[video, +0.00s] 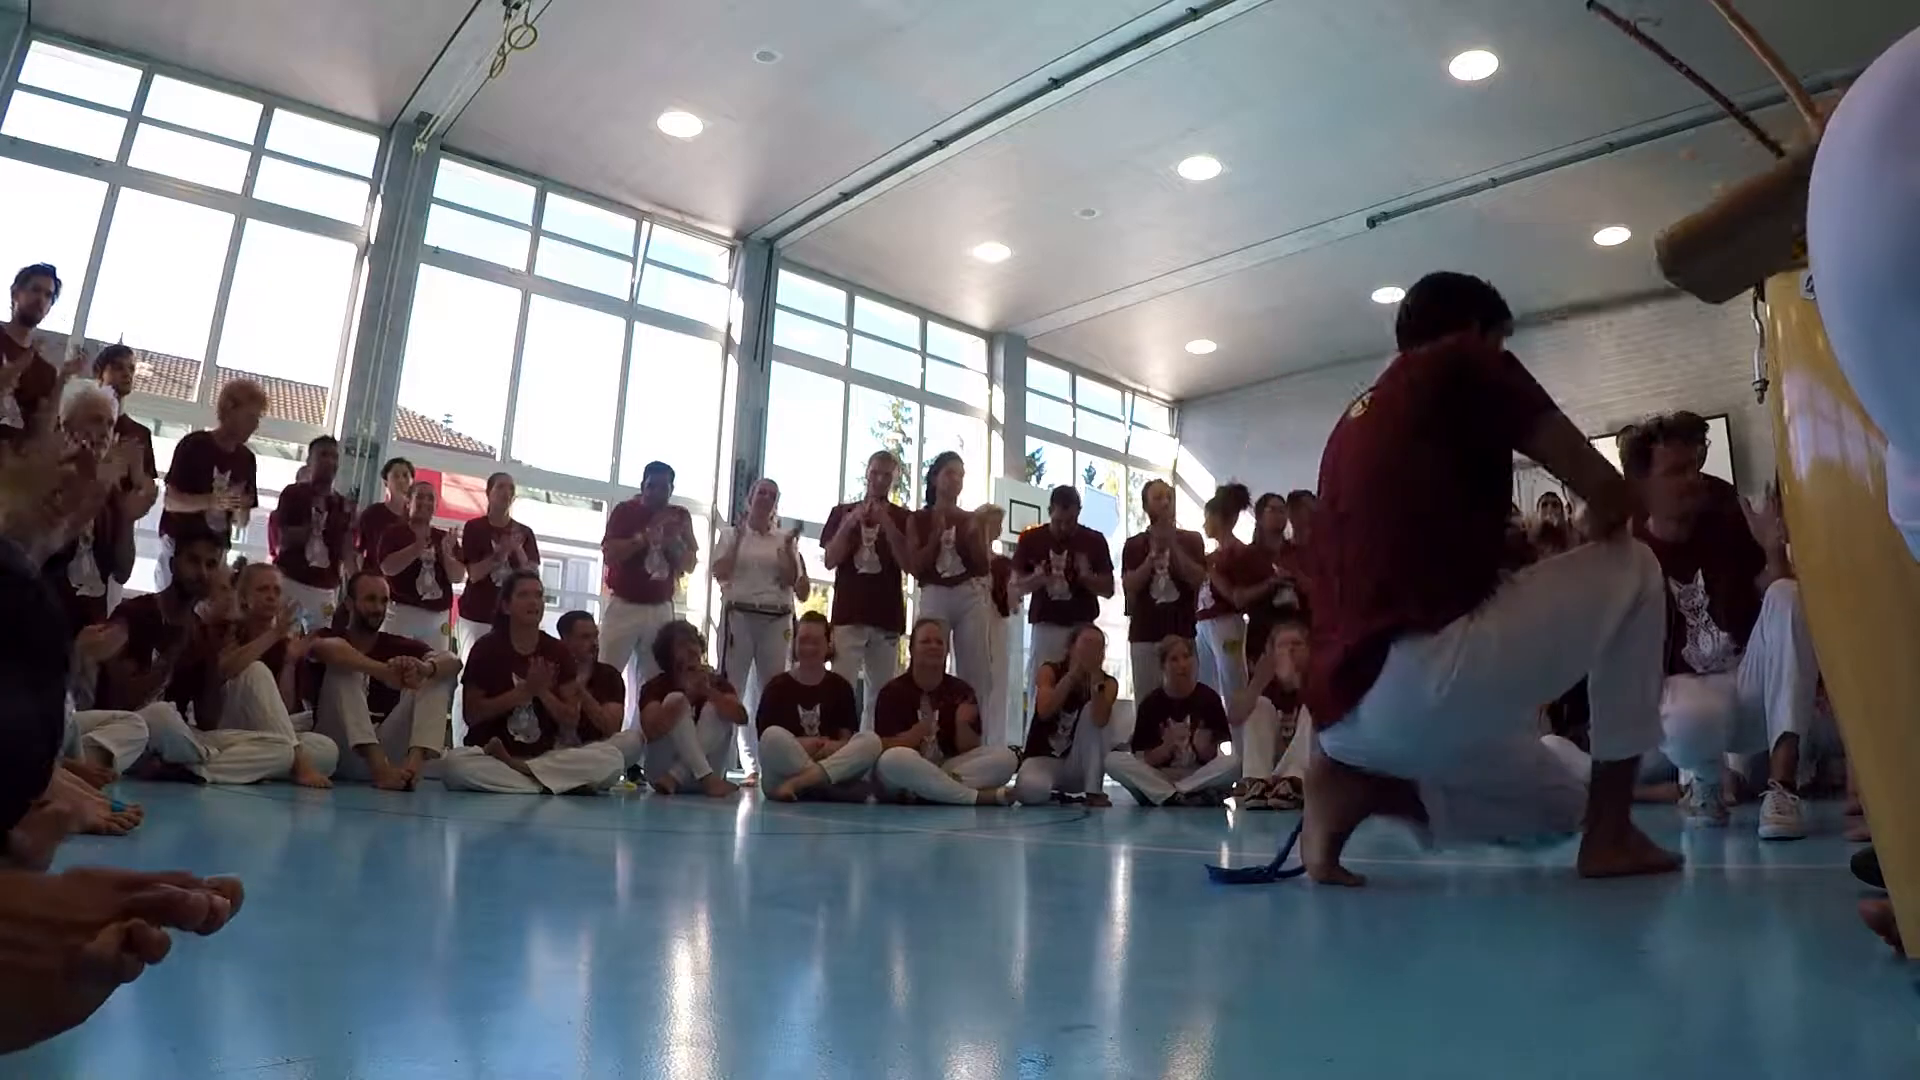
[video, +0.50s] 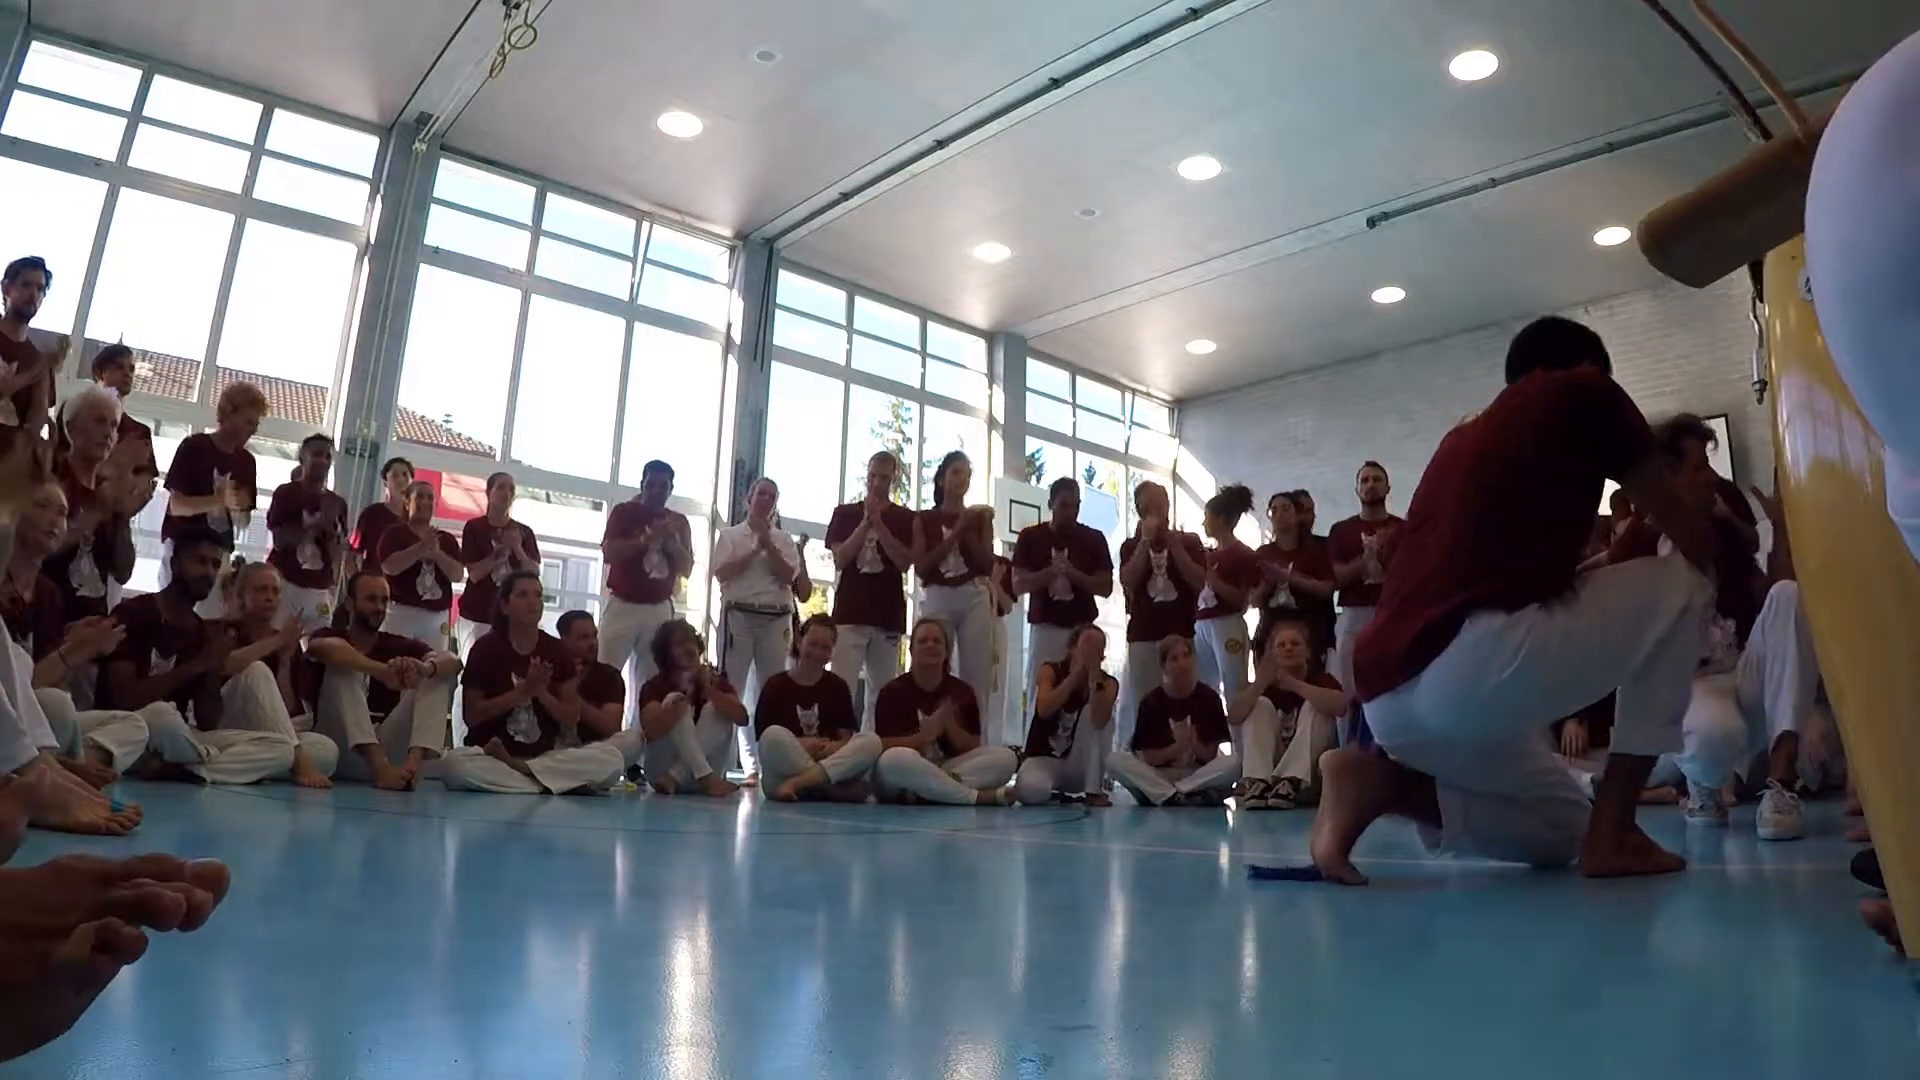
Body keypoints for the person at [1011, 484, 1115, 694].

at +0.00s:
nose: (1064, 528)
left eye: (1070, 522)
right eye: (1058, 521)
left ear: (1078, 513)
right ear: (1050, 512)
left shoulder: (1094, 540)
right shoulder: (1031, 539)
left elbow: (1108, 589)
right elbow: (1017, 586)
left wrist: (1086, 577)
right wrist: (1039, 578)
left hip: (1083, 628)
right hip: (1046, 628)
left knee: (1082, 694)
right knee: (1041, 693)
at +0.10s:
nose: (1063, 528)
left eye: (1069, 522)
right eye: (1057, 522)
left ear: (1077, 514)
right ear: (1049, 513)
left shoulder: (1093, 540)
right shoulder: (1030, 538)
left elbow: (1106, 589)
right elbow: (1016, 586)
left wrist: (1083, 576)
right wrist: (1040, 578)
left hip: (1082, 628)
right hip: (1046, 628)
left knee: (1082, 696)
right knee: (1042, 695)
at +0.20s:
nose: (1064, 527)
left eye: (1069, 521)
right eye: (1059, 521)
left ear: (1077, 513)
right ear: (1049, 511)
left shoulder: (1093, 539)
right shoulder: (1031, 537)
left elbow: (1105, 588)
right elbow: (1019, 586)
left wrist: (1069, 576)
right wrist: (1052, 575)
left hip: (1082, 630)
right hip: (1046, 627)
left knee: (1081, 693)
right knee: (1040, 691)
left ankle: (1078, 754)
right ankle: (1038, 754)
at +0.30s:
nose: (1070, 517)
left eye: (1073, 511)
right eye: (1065, 511)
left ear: (1078, 508)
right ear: (1051, 508)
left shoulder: (1093, 538)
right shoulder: (1031, 537)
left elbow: (1105, 588)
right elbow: (1018, 585)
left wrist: (1077, 577)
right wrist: (1047, 576)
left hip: (1083, 628)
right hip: (1046, 627)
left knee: (1083, 695)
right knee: (1041, 693)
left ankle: (1081, 755)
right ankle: (1038, 754)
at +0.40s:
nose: (1067, 515)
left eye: (1072, 509)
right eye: (1062, 509)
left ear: (1078, 507)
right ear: (1050, 507)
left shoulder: (1093, 538)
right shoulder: (1030, 537)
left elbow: (1105, 588)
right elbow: (1017, 584)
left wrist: (1085, 572)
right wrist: (1042, 577)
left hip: (1082, 629)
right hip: (1045, 627)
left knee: (1082, 695)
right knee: (1041, 693)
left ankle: (1080, 758)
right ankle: (1038, 756)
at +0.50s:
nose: (1069, 510)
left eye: (1073, 504)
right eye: (1063, 504)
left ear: (1079, 505)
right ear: (1051, 504)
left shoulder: (1094, 538)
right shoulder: (1030, 536)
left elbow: (1105, 588)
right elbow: (1018, 584)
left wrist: (1070, 572)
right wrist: (1051, 573)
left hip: (1082, 629)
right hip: (1045, 627)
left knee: (1082, 698)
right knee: (1041, 696)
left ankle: (1078, 762)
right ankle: (1037, 760)